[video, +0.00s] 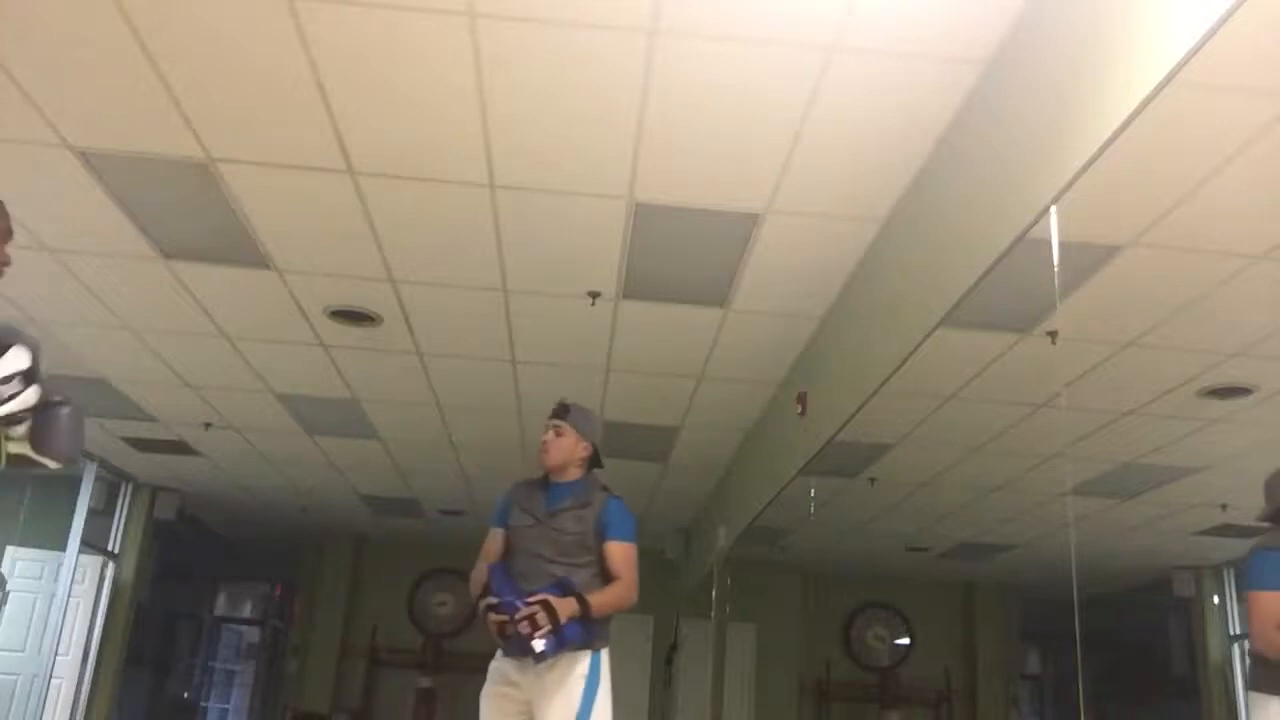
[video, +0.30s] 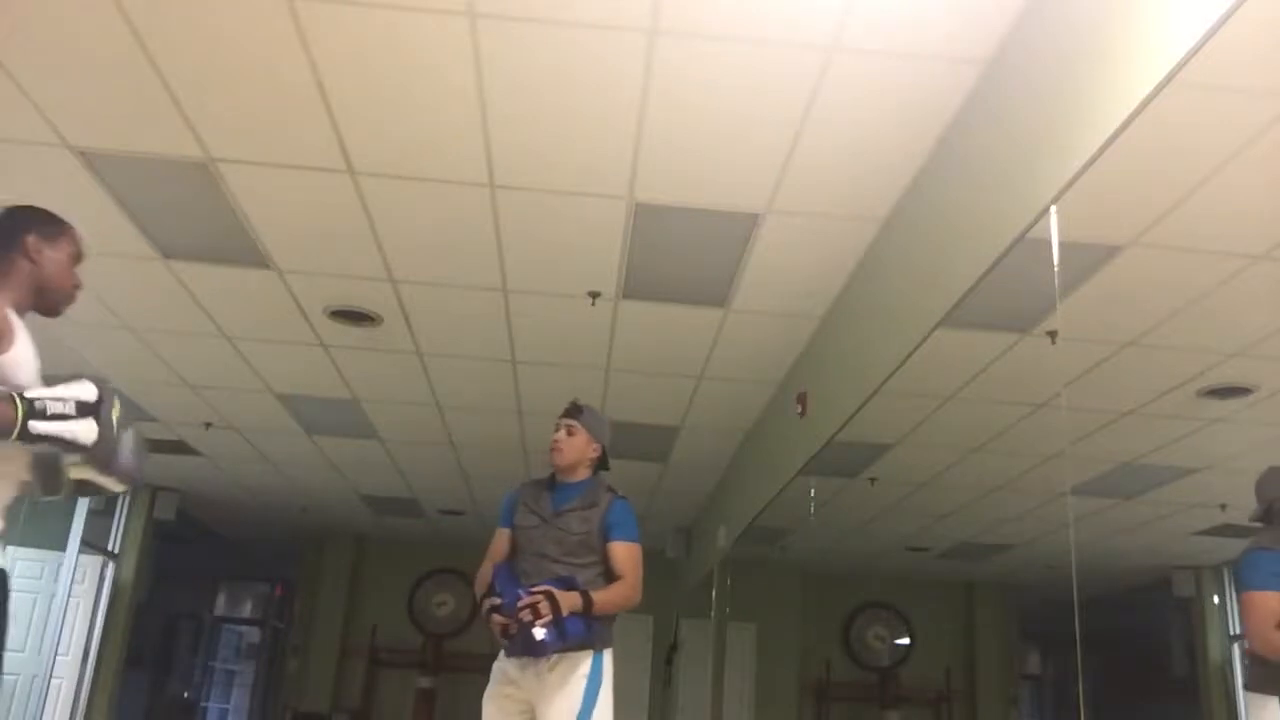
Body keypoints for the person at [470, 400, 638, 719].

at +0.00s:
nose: (545, 438)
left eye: (557, 432)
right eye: (546, 431)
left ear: (584, 448)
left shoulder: (608, 509)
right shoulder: (517, 497)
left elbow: (626, 590)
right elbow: (485, 565)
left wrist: (569, 607)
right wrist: (488, 607)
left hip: (574, 667)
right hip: (511, 662)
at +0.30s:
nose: (556, 437)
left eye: (570, 431)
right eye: (556, 430)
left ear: (594, 450)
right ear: (552, 439)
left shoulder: (613, 509)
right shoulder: (522, 498)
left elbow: (630, 590)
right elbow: (490, 566)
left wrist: (570, 601)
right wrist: (491, 607)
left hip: (577, 666)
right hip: (514, 662)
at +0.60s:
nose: (540, 437)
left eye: (552, 430)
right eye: (539, 429)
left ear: (578, 445)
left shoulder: (598, 503)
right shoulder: (514, 500)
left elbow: (612, 584)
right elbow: (485, 565)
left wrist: (545, 589)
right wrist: (478, 603)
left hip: (563, 662)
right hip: (501, 659)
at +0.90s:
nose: (511, 434)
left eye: (524, 427)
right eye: (510, 427)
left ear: (549, 442)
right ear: (507, 436)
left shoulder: (568, 498)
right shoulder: (490, 499)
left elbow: (577, 577)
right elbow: (461, 561)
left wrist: (503, 577)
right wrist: (450, 591)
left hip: (530, 659)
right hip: (468, 654)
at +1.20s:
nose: (484, 428)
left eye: (496, 422)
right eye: (483, 422)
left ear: (521, 439)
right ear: (478, 433)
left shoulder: (535, 491)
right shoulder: (459, 493)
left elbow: (543, 569)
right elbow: (426, 555)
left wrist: (471, 567)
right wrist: (405, 590)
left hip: (492, 650)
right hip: (436, 645)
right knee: (425, 713)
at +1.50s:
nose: (463, 428)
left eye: (476, 420)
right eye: (460, 420)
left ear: (500, 437)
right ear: (455, 429)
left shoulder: (516, 489)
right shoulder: (434, 488)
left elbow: (528, 566)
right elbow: (401, 550)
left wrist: (482, 516)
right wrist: (389, 587)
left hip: (477, 632)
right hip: (422, 631)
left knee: (460, 713)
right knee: (411, 713)